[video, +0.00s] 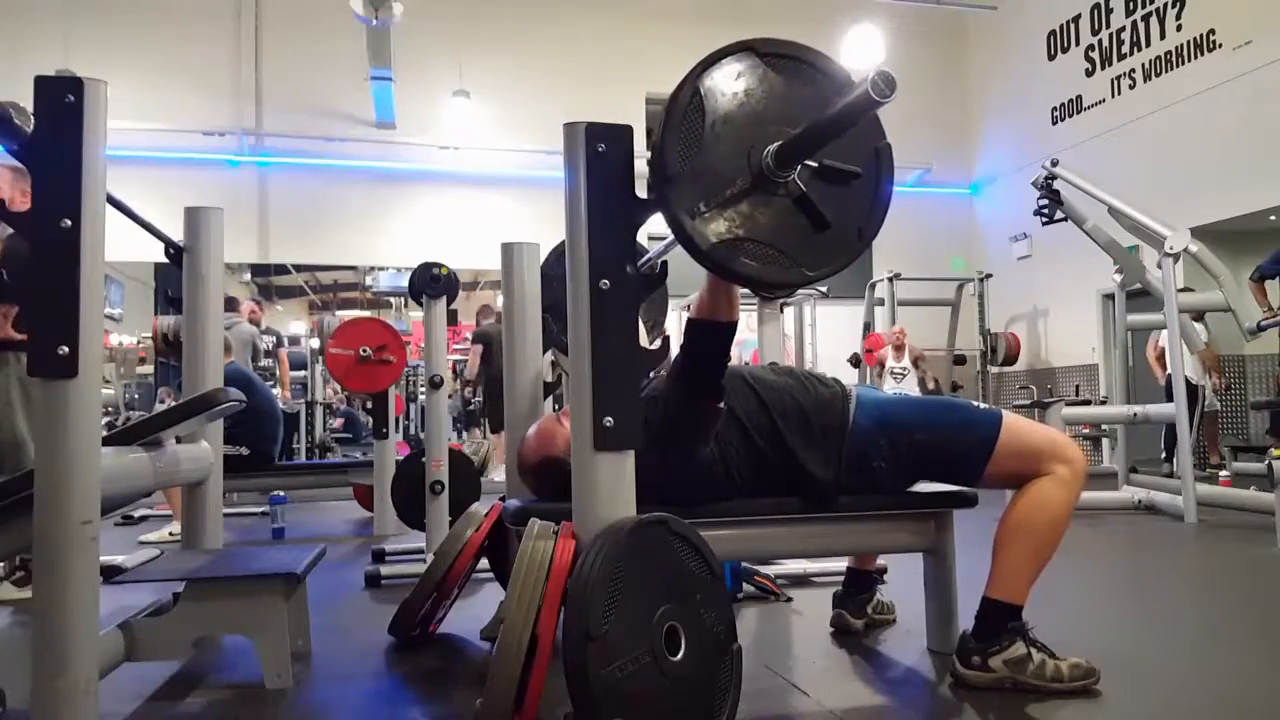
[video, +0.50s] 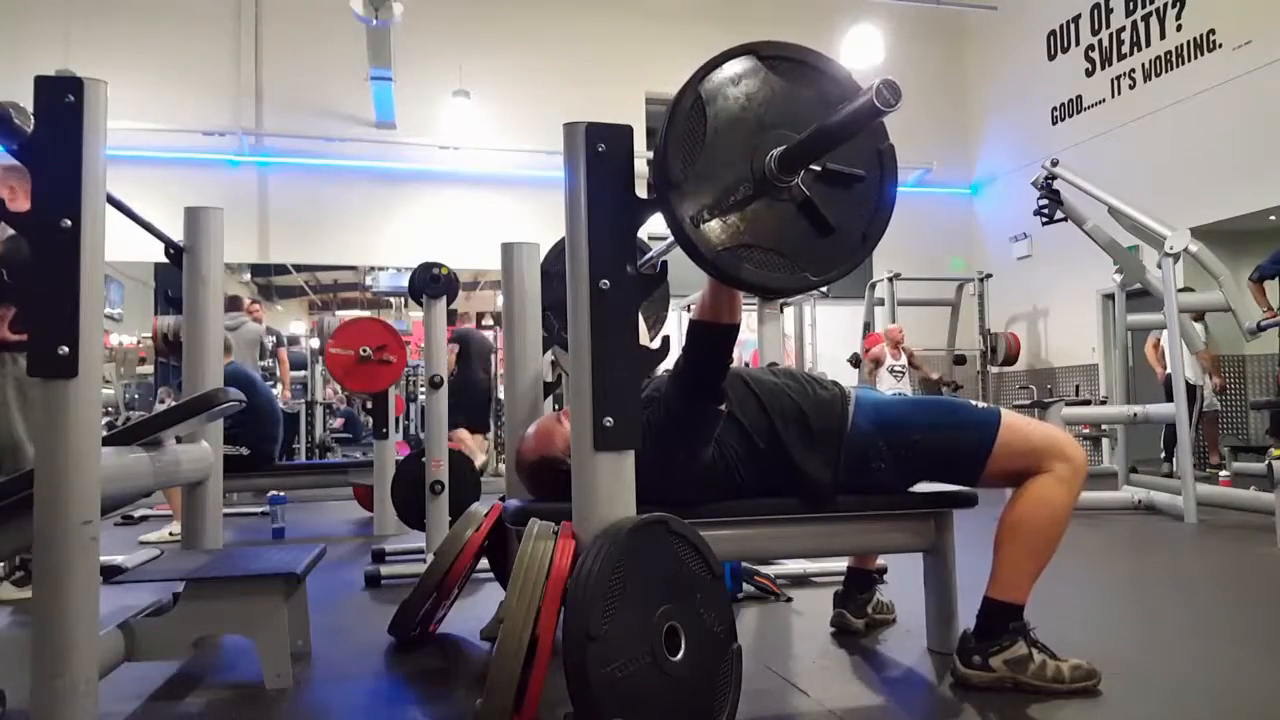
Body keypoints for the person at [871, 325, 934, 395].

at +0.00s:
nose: (897, 336)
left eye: (900, 333)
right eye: (894, 333)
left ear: (904, 336)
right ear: (890, 337)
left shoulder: (914, 352)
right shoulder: (883, 353)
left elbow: (923, 370)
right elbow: (879, 372)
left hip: (911, 392)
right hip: (889, 391)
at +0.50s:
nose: (903, 334)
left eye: (902, 332)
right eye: (900, 332)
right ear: (891, 336)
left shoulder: (906, 351)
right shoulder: (877, 352)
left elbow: (915, 365)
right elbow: (869, 372)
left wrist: (931, 374)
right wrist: (872, 391)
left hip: (906, 393)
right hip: (886, 393)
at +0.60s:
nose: (903, 334)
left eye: (903, 331)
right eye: (900, 332)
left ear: (892, 336)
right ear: (890, 336)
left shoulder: (905, 351)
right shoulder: (877, 352)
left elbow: (921, 365)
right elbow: (868, 373)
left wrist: (942, 375)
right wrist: (870, 394)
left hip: (906, 396)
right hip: (886, 397)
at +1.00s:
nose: (903, 335)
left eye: (903, 332)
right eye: (900, 333)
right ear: (890, 336)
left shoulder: (903, 351)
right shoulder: (878, 353)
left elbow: (924, 359)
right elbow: (868, 374)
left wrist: (946, 361)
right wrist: (872, 395)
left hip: (908, 397)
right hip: (889, 397)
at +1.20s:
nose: (901, 335)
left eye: (900, 333)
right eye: (898, 333)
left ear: (891, 337)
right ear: (888, 337)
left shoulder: (900, 351)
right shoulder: (877, 354)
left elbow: (919, 357)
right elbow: (867, 374)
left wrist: (936, 360)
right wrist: (871, 394)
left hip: (905, 398)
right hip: (888, 399)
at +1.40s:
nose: (900, 334)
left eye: (899, 331)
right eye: (897, 332)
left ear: (888, 335)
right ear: (887, 334)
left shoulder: (896, 349)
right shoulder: (875, 351)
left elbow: (910, 355)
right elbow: (866, 373)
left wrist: (925, 359)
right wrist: (865, 394)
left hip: (900, 397)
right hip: (884, 398)